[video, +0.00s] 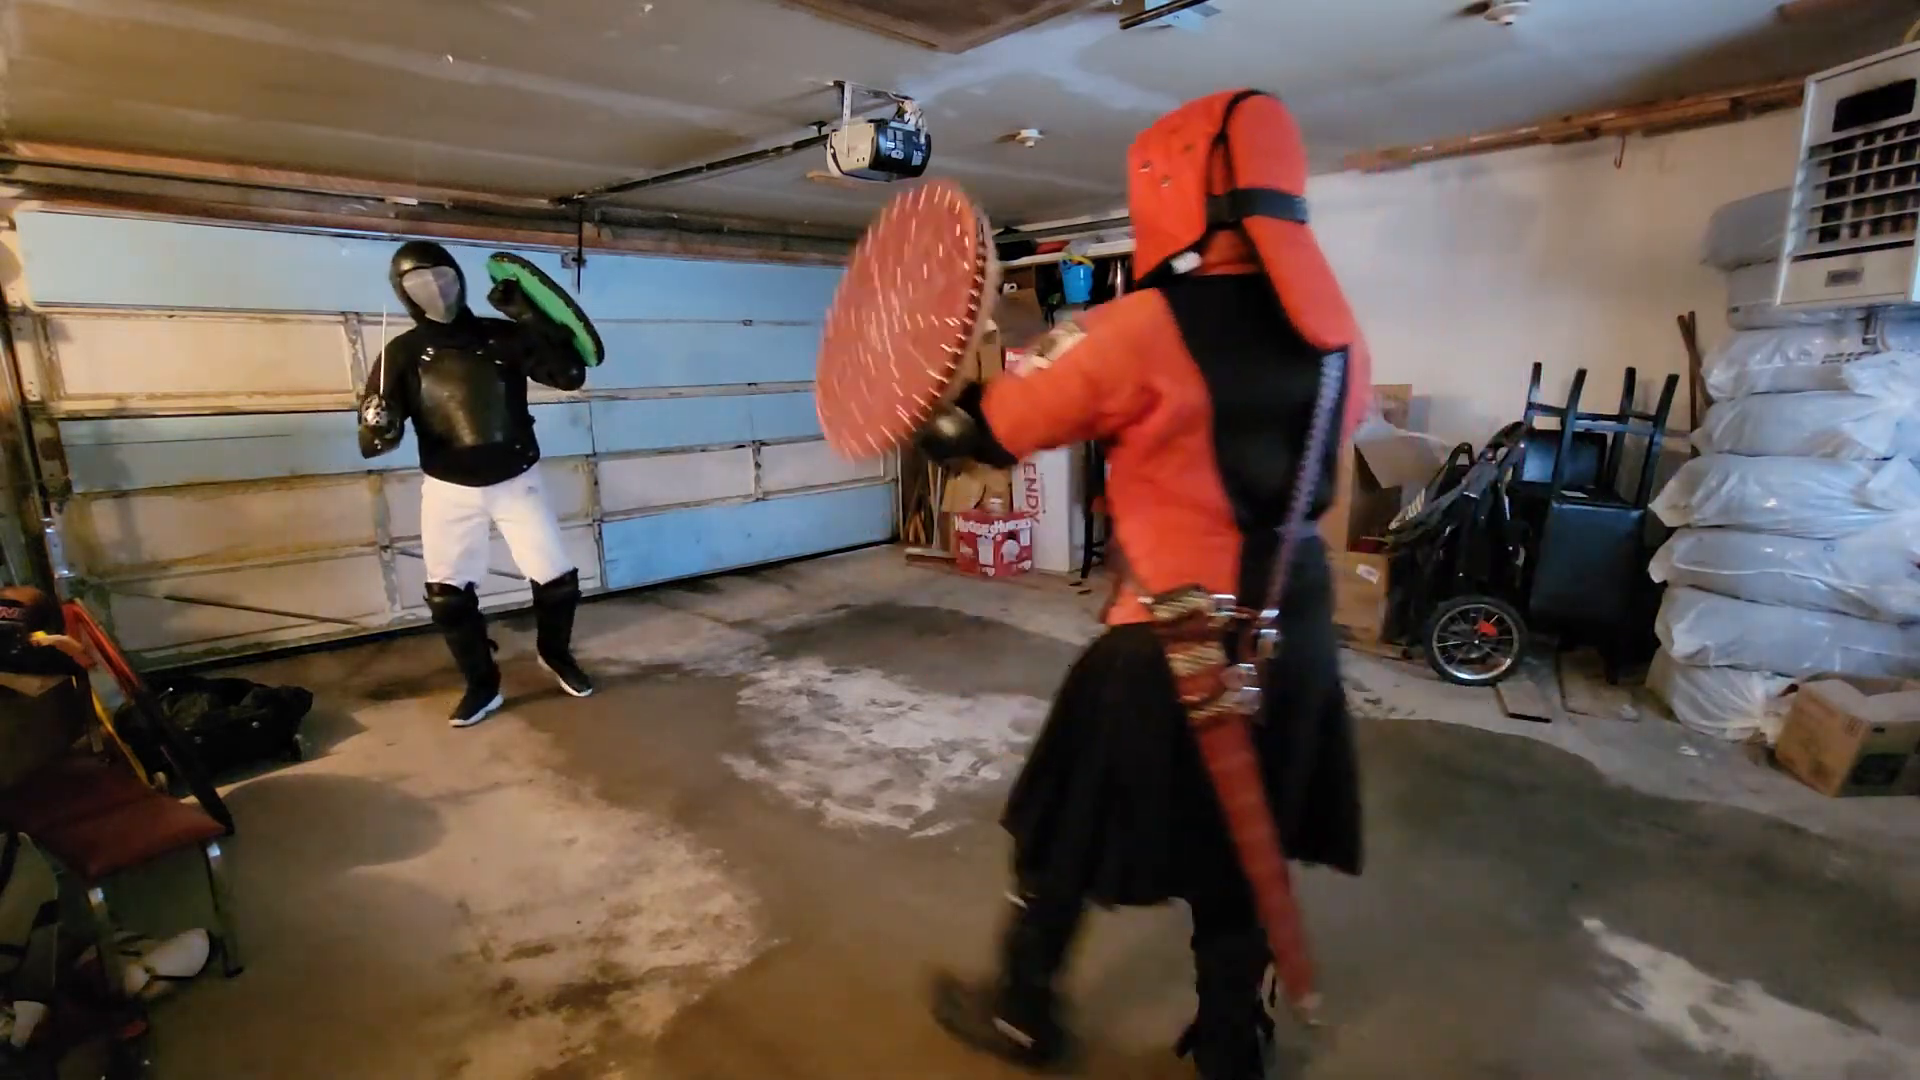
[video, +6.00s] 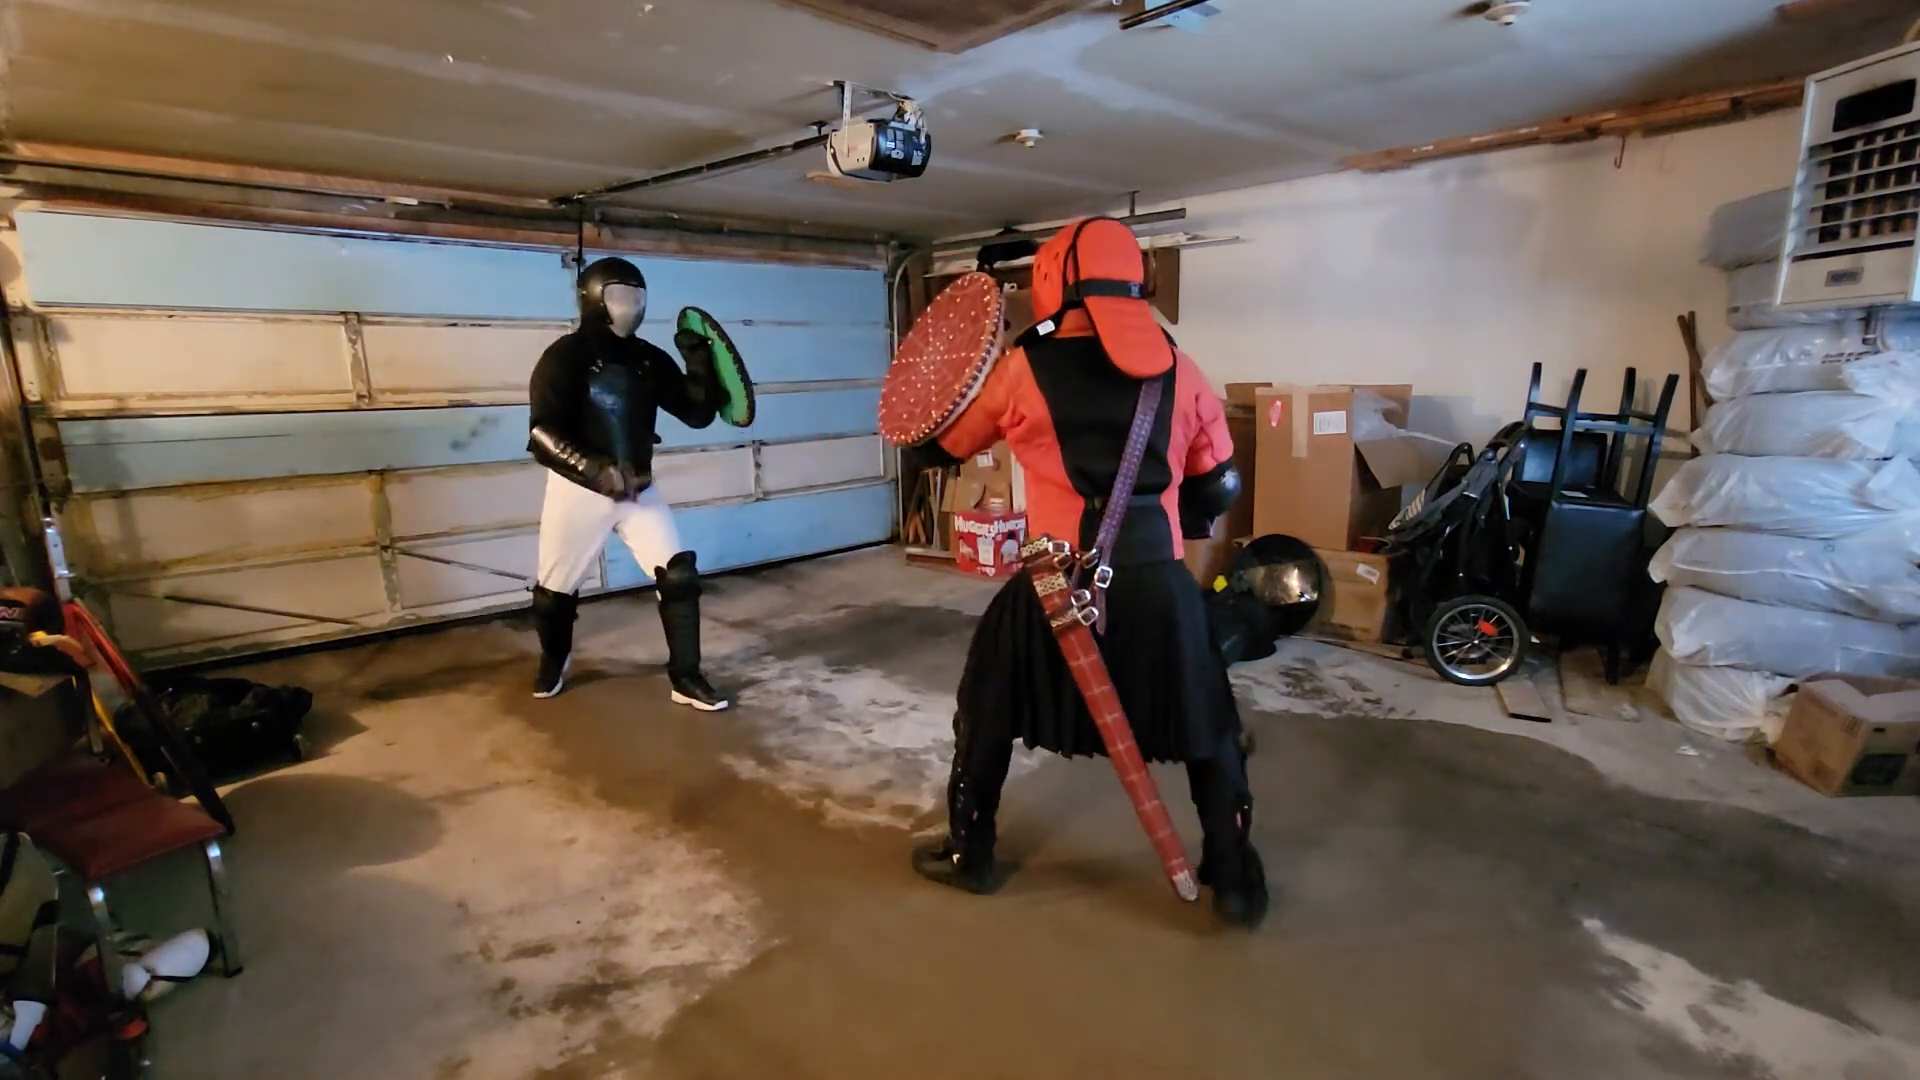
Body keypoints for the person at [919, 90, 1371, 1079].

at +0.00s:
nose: (1140, 210)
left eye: (1151, 192)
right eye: (1145, 192)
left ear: (1181, 198)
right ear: (1273, 195)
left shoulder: (1146, 329)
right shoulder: (1332, 333)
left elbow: (1004, 423)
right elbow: (1325, 493)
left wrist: (949, 400)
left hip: (1164, 642)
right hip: (1288, 642)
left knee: (1070, 817)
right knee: (1242, 848)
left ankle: (1025, 1003)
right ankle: (1232, 1038)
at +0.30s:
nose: (1023, 245)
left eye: (1034, 230)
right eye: (1031, 228)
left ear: (1053, 238)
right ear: (1155, 240)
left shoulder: (1003, 353)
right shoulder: (1202, 366)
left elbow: (880, 415)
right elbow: (1228, 481)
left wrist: (834, 396)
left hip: (1040, 638)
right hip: (1159, 635)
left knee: (962, 784)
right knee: (1186, 835)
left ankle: (924, 941)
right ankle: (1215, 1033)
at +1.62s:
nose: (912, 278)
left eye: (919, 264)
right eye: (921, 264)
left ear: (938, 270)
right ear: (1031, 270)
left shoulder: (903, 367)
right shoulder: (1073, 376)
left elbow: (807, 441)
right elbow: (1096, 473)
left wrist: (779, 417)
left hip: (944, 620)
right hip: (1060, 619)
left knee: (881, 734)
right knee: (1127, 791)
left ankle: (864, 894)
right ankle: (1200, 984)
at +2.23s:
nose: (943, 273)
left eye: (949, 260)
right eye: (950, 260)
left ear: (970, 267)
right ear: (1062, 264)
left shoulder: (934, 366)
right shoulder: (1107, 377)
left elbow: (833, 433)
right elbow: (1124, 489)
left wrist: (809, 391)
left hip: (967, 614)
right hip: (1080, 612)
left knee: (897, 746)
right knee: (1112, 774)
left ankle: (871, 893)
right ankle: (1131, 961)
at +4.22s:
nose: (877, 296)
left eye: (882, 285)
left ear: (895, 290)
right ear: (974, 283)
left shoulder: (866, 374)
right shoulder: (1027, 374)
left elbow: (788, 426)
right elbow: (1052, 495)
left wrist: (790, 351)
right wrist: (999, 536)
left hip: (914, 587)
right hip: (1015, 583)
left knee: (858, 713)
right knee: (1084, 732)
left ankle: (848, 853)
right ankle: (1142, 900)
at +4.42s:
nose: (948, 305)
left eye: (951, 293)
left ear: (959, 298)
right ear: (1040, 297)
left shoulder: (927, 384)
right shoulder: (1093, 390)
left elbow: (847, 431)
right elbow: (1132, 509)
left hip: (962, 611)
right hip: (1073, 610)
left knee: (887, 726)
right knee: (1124, 745)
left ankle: (851, 856)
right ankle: (1151, 908)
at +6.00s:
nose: (1035, 293)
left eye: (1041, 281)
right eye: (1038, 281)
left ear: (1059, 286)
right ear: (1132, 286)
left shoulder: (1024, 367)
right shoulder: (1182, 373)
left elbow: (947, 443)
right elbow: (1217, 490)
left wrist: (942, 367)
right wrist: (1152, 519)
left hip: (1055, 580)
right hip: (1160, 582)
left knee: (987, 701)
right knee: (1208, 725)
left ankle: (969, 849)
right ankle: (1236, 879)